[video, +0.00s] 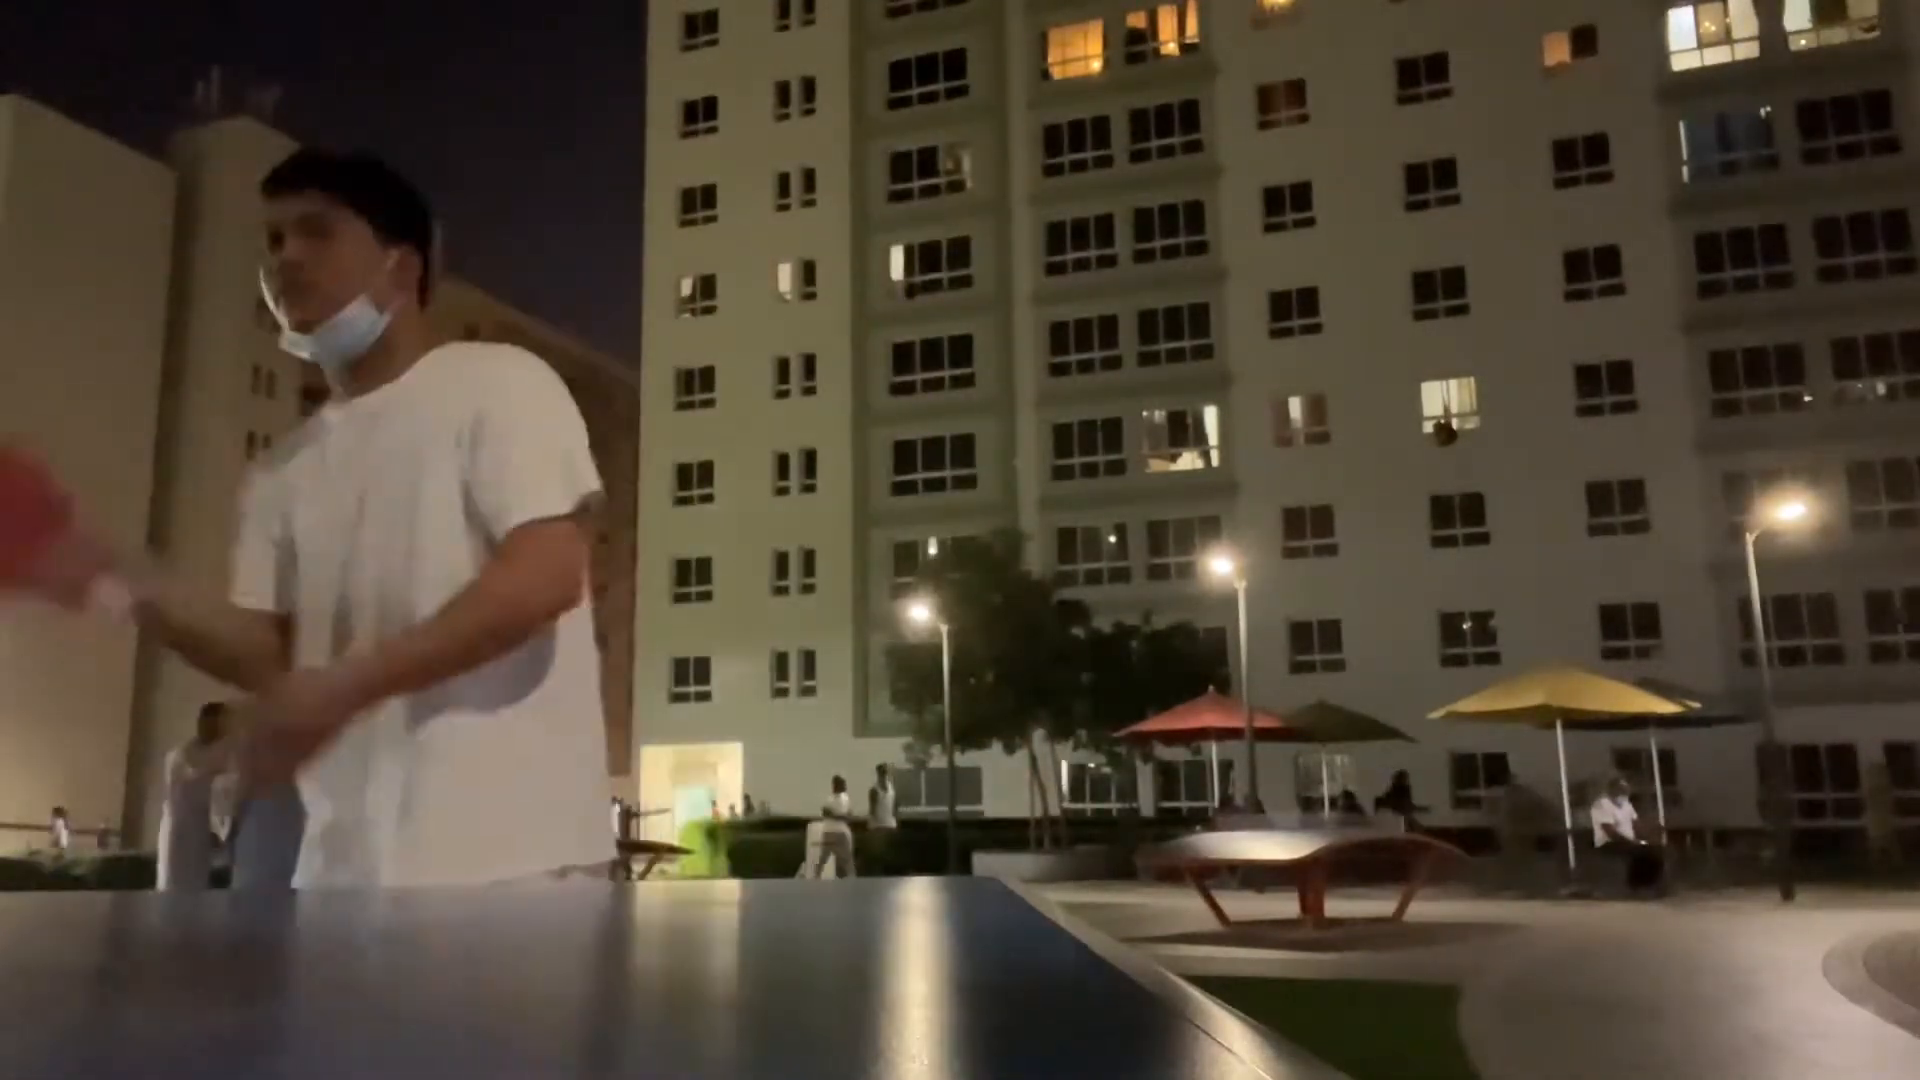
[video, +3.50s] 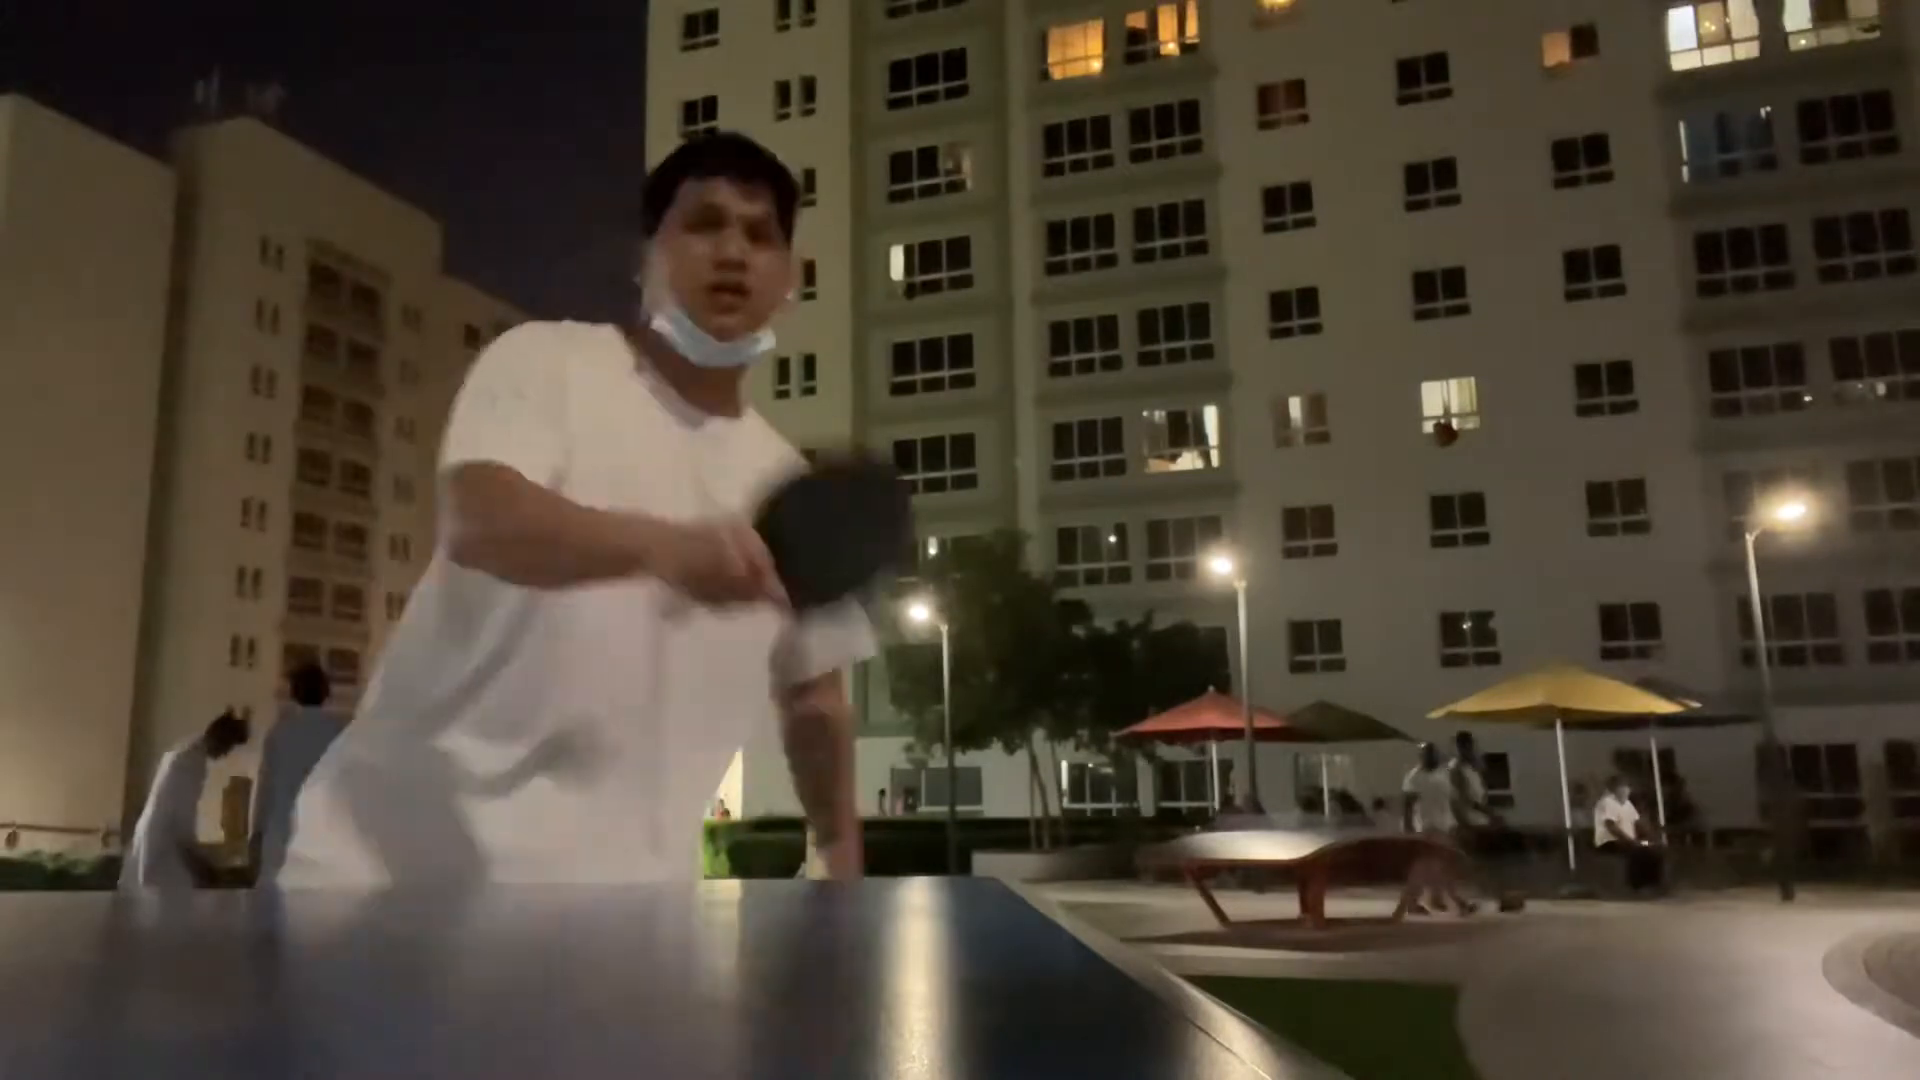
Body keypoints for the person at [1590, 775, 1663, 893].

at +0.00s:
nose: (1624, 794)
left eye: (1625, 790)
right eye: (1621, 790)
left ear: (1627, 790)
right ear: (1613, 790)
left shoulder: (1625, 802)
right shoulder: (1602, 804)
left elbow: (1635, 822)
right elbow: (1609, 830)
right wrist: (1632, 842)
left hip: (1629, 840)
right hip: (1609, 843)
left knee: (1653, 850)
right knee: (1640, 853)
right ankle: (1635, 888)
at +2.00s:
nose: (1625, 789)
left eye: (1625, 785)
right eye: (1622, 786)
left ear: (1626, 788)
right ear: (1613, 787)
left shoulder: (1624, 801)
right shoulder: (1602, 804)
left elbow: (1634, 822)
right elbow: (1608, 829)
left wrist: (1646, 836)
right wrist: (1632, 841)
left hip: (1628, 840)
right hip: (1609, 842)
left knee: (1655, 850)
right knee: (1638, 853)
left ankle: (1651, 887)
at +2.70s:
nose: (1631, 790)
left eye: (1631, 787)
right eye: (1627, 786)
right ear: (1619, 786)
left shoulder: (1626, 803)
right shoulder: (1610, 799)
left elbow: (1636, 822)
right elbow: (1613, 822)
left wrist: (1647, 835)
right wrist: (1633, 841)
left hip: (1627, 841)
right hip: (1611, 843)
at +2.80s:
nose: (1630, 790)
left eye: (1630, 786)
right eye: (1627, 786)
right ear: (1618, 786)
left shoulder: (1626, 803)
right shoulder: (1610, 799)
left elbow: (1636, 822)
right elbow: (1613, 822)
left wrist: (1646, 836)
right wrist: (1633, 841)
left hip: (1626, 842)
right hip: (1611, 843)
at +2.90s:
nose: (1630, 790)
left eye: (1630, 786)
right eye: (1626, 786)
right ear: (1618, 787)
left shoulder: (1626, 804)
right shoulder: (1608, 800)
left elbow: (1636, 822)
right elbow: (1612, 822)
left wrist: (1645, 836)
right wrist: (1632, 841)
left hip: (1627, 841)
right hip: (1610, 842)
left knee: (1652, 852)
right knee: (1641, 855)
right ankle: (1638, 888)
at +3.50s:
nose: (1626, 791)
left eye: (1627, 787)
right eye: (1622, 787)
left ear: (1629, 790)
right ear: (1614, 789)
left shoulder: (1626, 803)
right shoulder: (1607, 802)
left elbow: (1637, 821)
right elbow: (1610, 824)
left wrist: (1650, 835)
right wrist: (1631, 841)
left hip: (1629, 840)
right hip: (1609, 842)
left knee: (1653, 851)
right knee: (1637, 853)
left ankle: (1653, 885)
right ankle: (1637, 887)